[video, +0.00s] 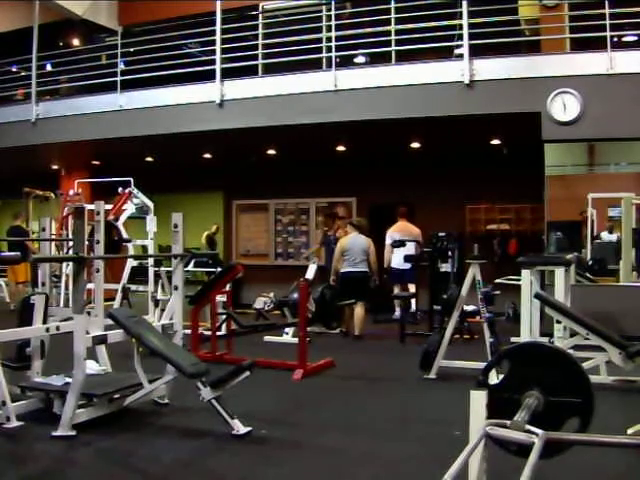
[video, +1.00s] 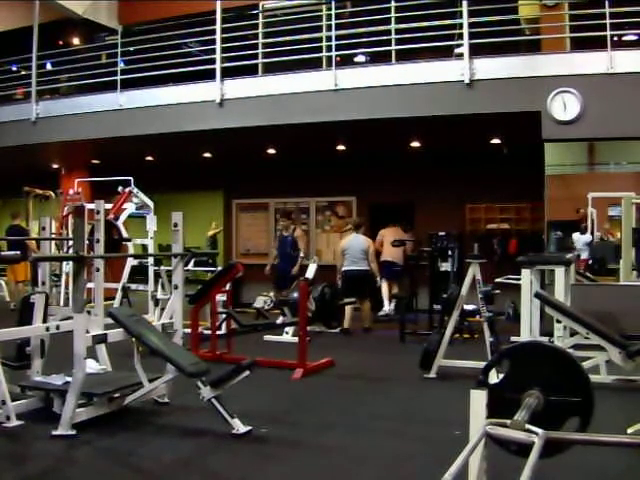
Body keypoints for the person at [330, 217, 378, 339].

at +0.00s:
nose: (346, 229)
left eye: (348, 228)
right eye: (347, 227)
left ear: (350, 228)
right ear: (360, 229)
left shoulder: (343, 241)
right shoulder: (368, 241)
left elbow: (336, 261)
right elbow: (373, 261)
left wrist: (333, 274)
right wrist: (375, 275)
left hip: (346, 273)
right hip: (362, 273)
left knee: (347, 303)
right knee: (360, 303)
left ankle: (345, 328)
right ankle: (357, 332)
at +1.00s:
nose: (364, 229)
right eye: (363, 228)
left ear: (352, 228)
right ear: (362, 228)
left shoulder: (344, 242)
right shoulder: (368, 241)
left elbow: (339, 261)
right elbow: (372, 261)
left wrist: (338, 274)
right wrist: (377, 275)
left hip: (348, 272)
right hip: (364, 272)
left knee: (349, 301)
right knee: (365, 300)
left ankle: (346, 326)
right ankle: (367, 324)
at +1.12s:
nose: (369, 230)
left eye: (368, 228)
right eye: (369, 228)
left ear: (356, 228)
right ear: (366, 228)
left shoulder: (348, 240)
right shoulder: (372, 241)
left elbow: (343, 258)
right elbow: (375, 259)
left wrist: (340, 272)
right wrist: (381, 274)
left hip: (352, 270)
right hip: (368, 270)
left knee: (350, 299)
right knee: (367, 299)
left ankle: (347, 320)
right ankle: (367, 324)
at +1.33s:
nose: (372, 228)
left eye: (370, 226)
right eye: (371, 226)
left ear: (360, 226)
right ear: (371, 227)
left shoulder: (353, 239)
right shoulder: (375, 240)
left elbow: (348, 257)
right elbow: (381, 257)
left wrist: (346, 271)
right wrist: (386, 270)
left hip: (355, 269)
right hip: (370, 269)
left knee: (354, 299)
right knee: (368, 298)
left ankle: (352, 320)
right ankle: (367, 325)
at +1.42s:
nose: (373, 228)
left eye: (372, 226)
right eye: (372, 226)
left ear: (360, 226)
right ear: (371, 227)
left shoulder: (353, 240)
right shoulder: (377, 240)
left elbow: (349, 256)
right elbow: (382, 258)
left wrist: (349, 268)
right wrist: (386, 269)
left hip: (356, 269)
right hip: (371, 269)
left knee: (356, 299)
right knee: (369, 298)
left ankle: (354, 322)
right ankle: (367, 324)